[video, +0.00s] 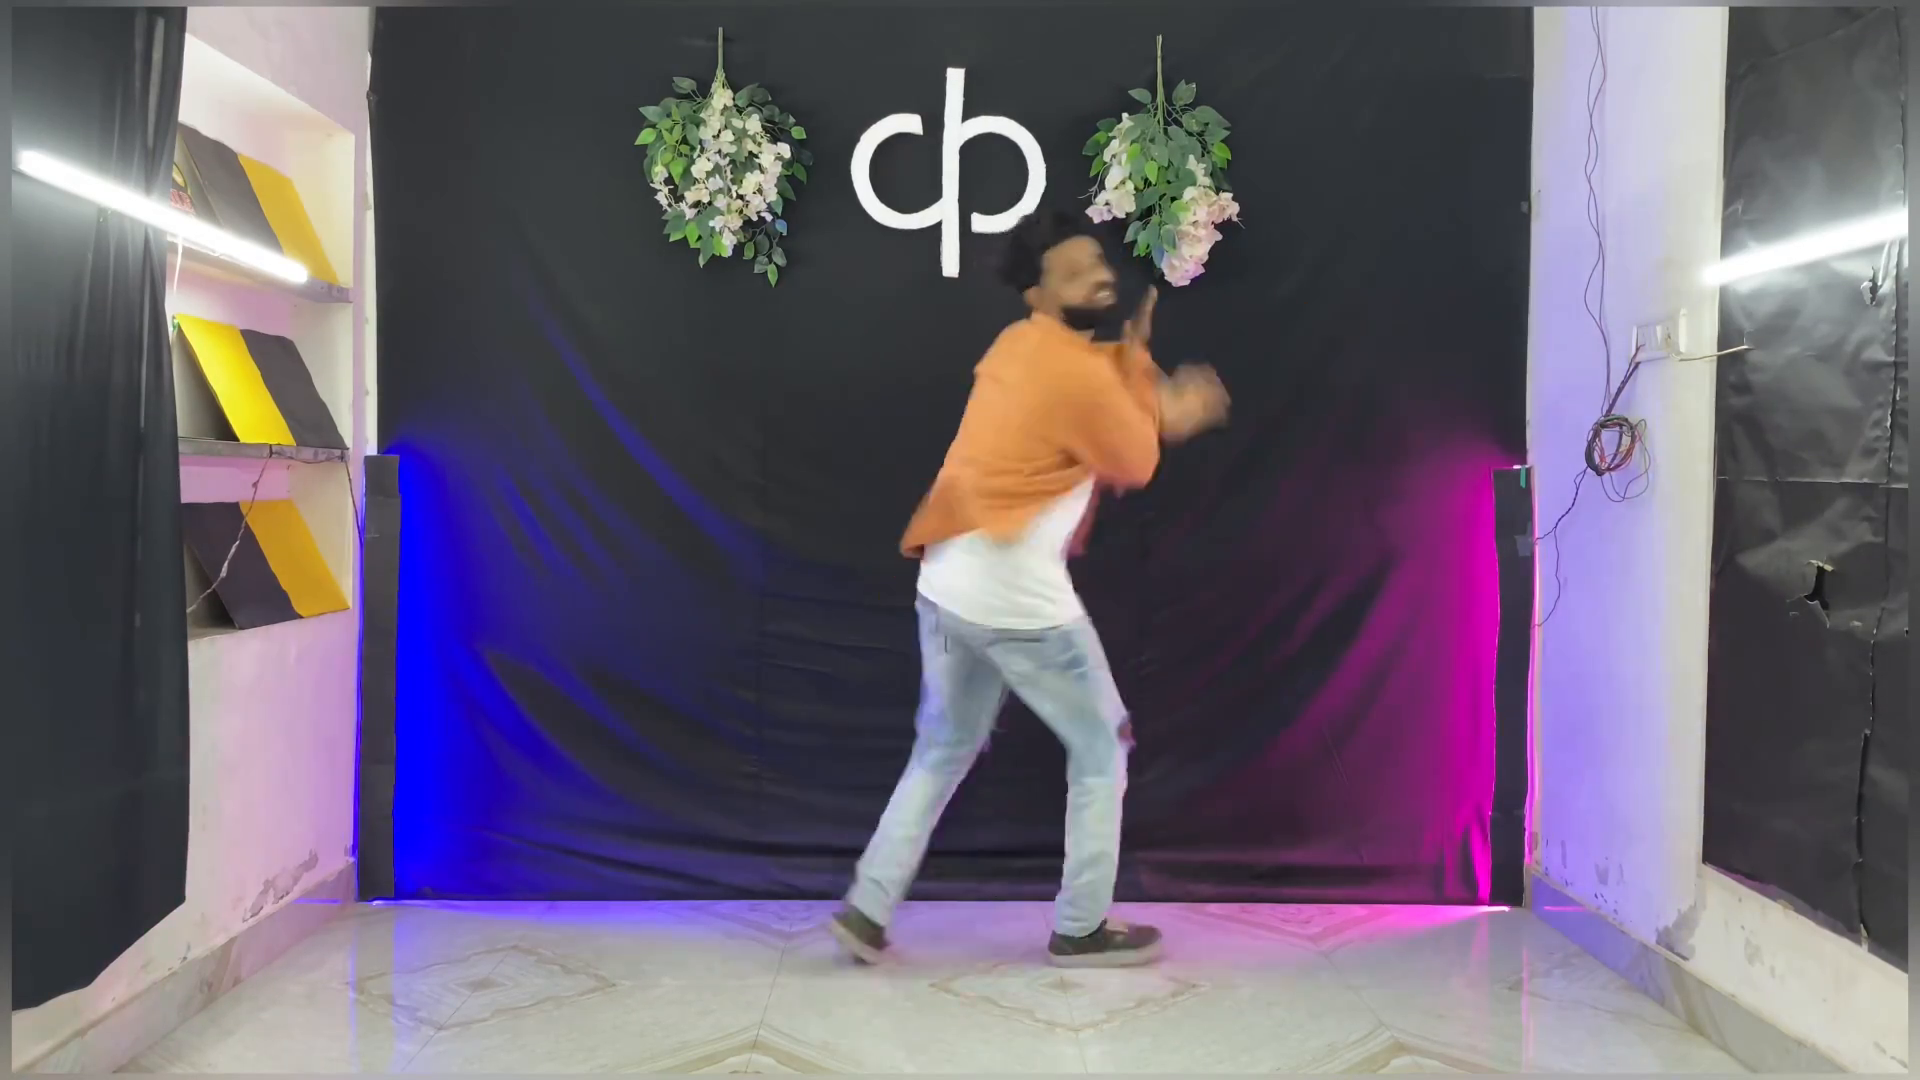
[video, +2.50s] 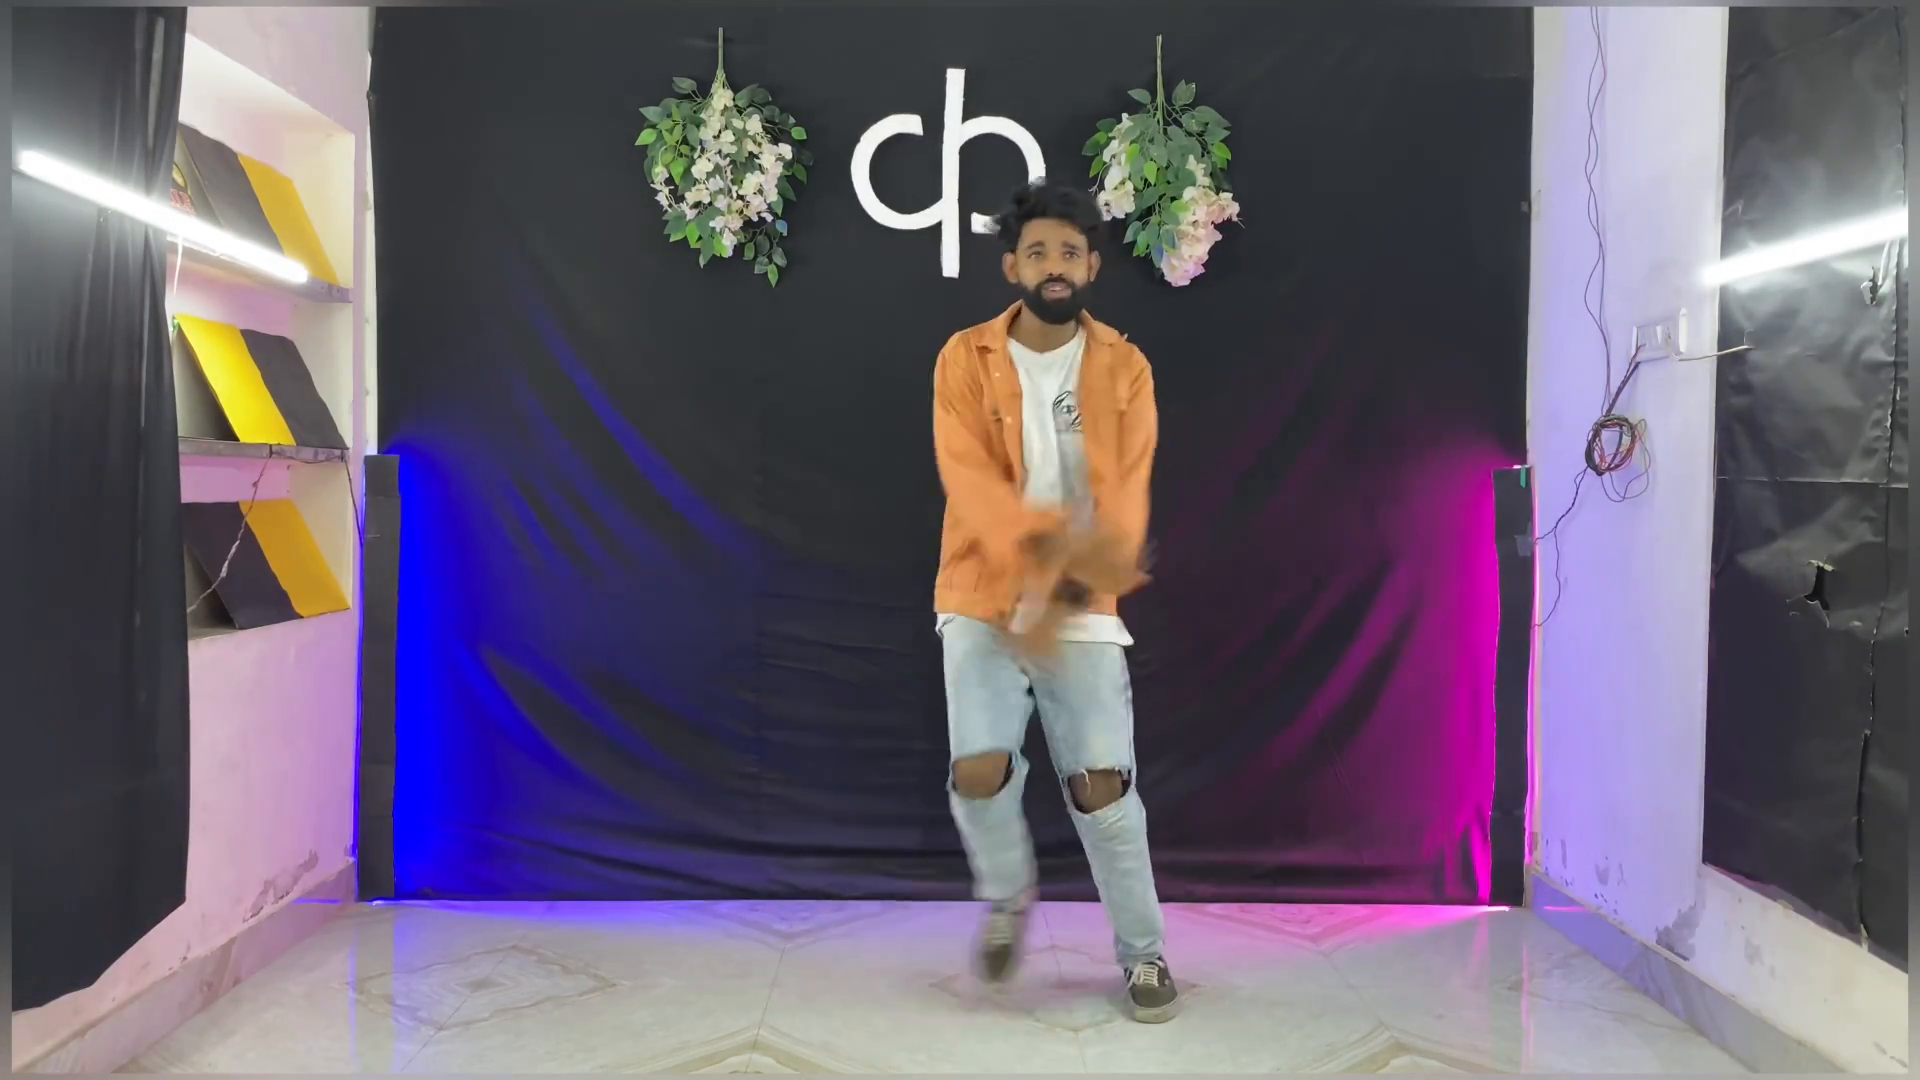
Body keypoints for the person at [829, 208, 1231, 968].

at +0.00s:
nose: (1100, 281)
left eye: (1101, 265)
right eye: (1079, 274)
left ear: (1106, 272)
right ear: (1036, 293)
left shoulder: (1010, 345)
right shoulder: (1082, 372)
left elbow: (1102, 410)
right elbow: (1132, 461)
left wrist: (1133, 358)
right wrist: (1161, 402)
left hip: (946, 582)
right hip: (1023, 594)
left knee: (943, 743)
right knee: (1100, 742)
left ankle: (867, 906)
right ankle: (1082, 924)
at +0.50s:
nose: (1060, 241)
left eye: (1074, 227)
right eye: (1045, 224)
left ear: (1093, 238)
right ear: (1014, 230)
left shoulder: (1116, 313)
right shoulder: (965, 316)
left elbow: (1215, 318)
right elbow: (867, 334)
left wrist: (1136, 258)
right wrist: (949, 257)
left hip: (1081, 565)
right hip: (988, 567)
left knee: (1067, 755)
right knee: (1007, 759)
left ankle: (1063, 940)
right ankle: (1032, 926)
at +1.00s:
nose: (1062, 252)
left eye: (1076, 238)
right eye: (1045, 237)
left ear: (1093, 249)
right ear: (1015, 245)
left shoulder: (1117, 351)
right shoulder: (962, 333)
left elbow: (1147, 464)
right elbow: (926, 442)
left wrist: (1162, 468)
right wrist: (964, 464)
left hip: (1074, 583)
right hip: (973, 582)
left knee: (1073, 760)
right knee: (961, 762)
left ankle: (1077, 940)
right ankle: (1033, 872)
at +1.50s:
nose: (931, 303)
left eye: (940, 283)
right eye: (911, 294)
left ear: (969, 278)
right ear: (893, 308)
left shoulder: (1028, 370)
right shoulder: (877, 374)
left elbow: (1034, 469)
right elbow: (845, 482)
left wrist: (1017, 554)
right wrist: (804, 572)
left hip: (981, 615)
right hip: (876, 612)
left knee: (1007, 783)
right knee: (833, 787)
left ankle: (1068, 945)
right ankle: (793, 942)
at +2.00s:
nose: (964, 295)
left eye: (983, 283)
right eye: (951, 278)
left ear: (1009, 297)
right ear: (925, 283)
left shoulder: (1036, 384)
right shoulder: (881, 383)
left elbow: (1044, 501)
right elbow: (851, 501)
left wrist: (1083, 511)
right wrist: (800, 511)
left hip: (1014, 638)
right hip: (910, 638)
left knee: (1039, 810)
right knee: (863, 806)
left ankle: (1143, 949)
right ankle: (792, 945)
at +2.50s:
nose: (1054, 268)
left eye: (1071, 253)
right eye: (1036, 253)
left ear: (1093, 267)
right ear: (1010, 263)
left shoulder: (1123, 366)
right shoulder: (965, 358)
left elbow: (1128, 492)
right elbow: (964, 476)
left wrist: (1076, 576)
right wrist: (1040, 536)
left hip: (1083, 602)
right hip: (981, 600)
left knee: (1100, 783)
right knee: (978, 767)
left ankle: (1142, 951)